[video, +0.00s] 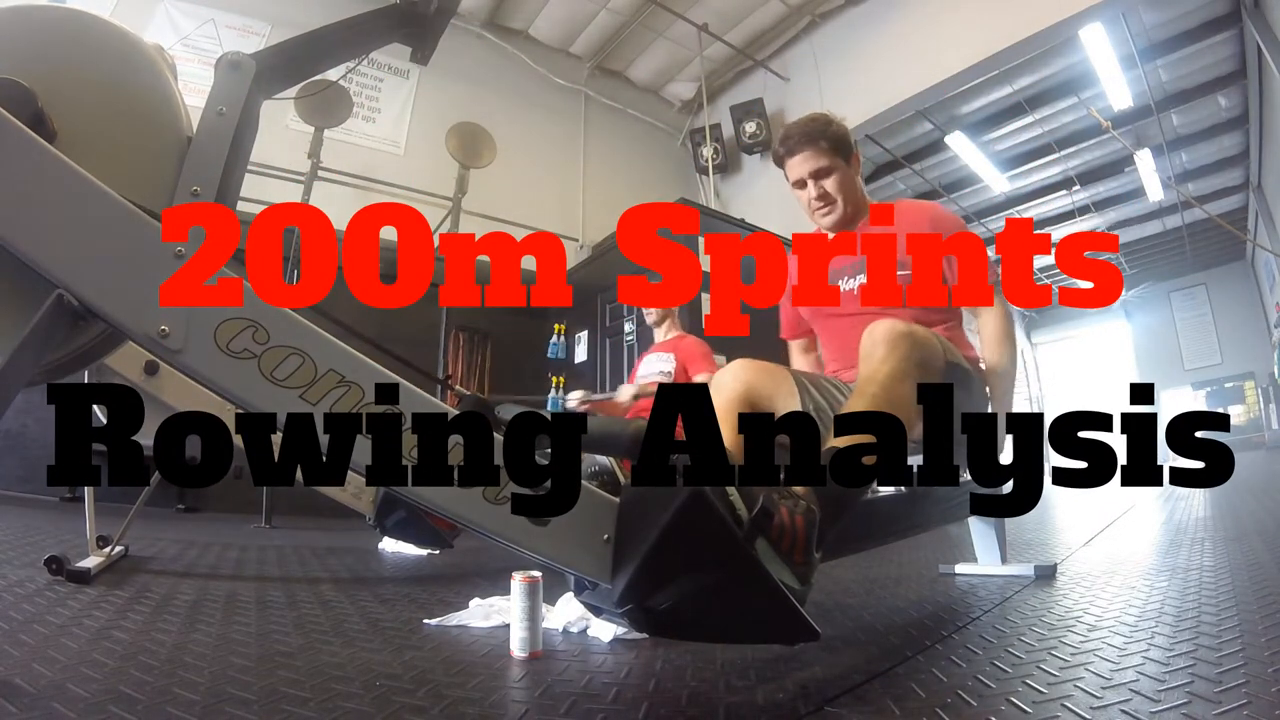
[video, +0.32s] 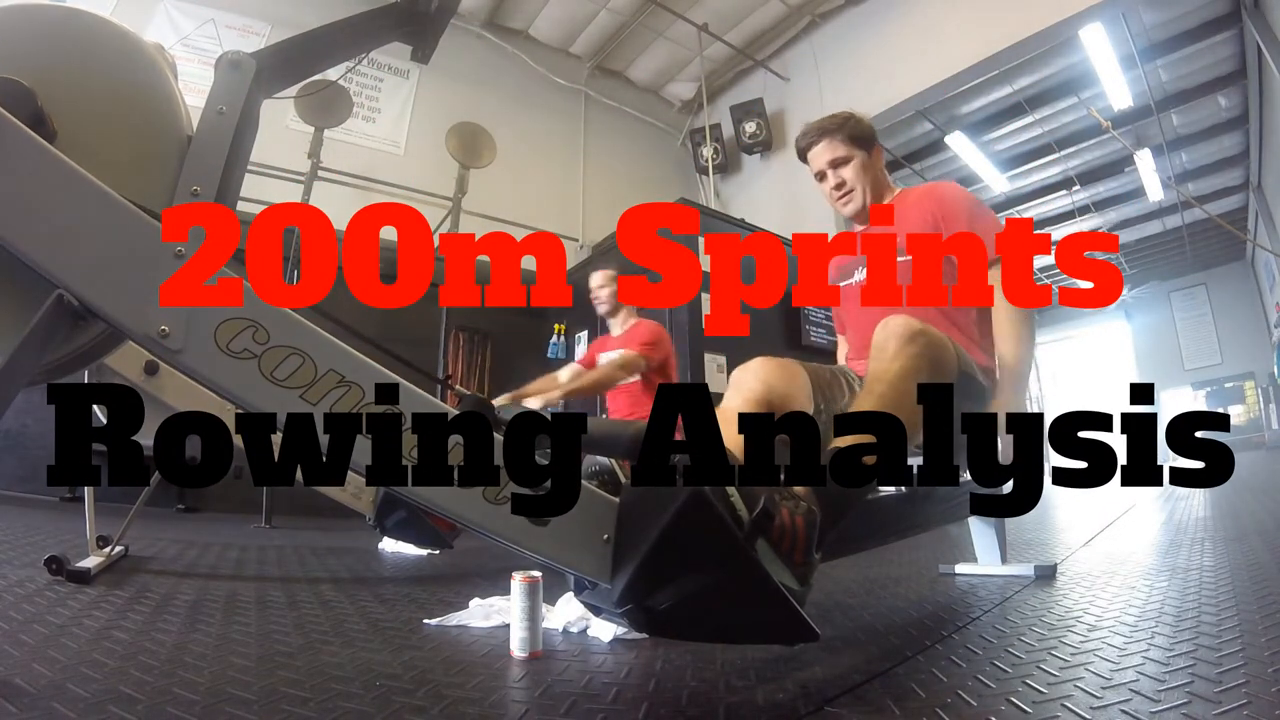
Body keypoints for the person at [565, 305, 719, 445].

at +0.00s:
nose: (645, 308)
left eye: (653, 300)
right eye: (643, 303)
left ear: (673, 305)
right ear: (641, 309)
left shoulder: (691, 345)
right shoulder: (644, 356)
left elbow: (706, 389)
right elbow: (625, 407)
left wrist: (645, 390)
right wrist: (592, 404)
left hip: (664, 427)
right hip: (631, 424)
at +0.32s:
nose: (594, 295)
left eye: (601, 287)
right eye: (591, 290)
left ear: (623, 289)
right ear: (591, 295)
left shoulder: (650, 332)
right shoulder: (599, 345)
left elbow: (617, 373)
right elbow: (561, 378)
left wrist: (552, 397)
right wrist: (513, 396)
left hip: (656, 437)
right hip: (617, 441)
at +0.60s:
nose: (534, 294)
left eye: (540, 286)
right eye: (531, 288)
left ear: (568, 284)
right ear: (528, 291)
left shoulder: (598, 324)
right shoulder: (547, 339)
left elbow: (551, 363)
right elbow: (505, 371)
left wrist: (485, 396)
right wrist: (460, 393)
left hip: (616, 426)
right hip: (573, 420)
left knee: (533, 395)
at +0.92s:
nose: (458, 293)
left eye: (465, 282)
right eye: (457, 284)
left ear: (487, 280)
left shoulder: (527, 316)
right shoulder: (474, 335)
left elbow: (468, 360)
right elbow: (445, 365)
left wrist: (404, 382)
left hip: (561, 411)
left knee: (494, 374)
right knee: (445, 378)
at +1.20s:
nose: (423, 284)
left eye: (430, 274)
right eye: (425, 274)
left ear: (450, 277)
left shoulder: (485, 311)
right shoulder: (450, 321)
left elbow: (414, 348)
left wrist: (356, 371)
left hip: (529, 408)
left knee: (460, 364)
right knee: (422, 375)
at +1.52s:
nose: (476, 274)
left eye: (482, 267)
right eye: (474, 268)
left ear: (500, 268)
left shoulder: (520, 309)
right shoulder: (483, 314)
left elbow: (448, 337)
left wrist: (366, 358)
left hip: (549, 408)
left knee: (473, 369)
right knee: (434, 375)